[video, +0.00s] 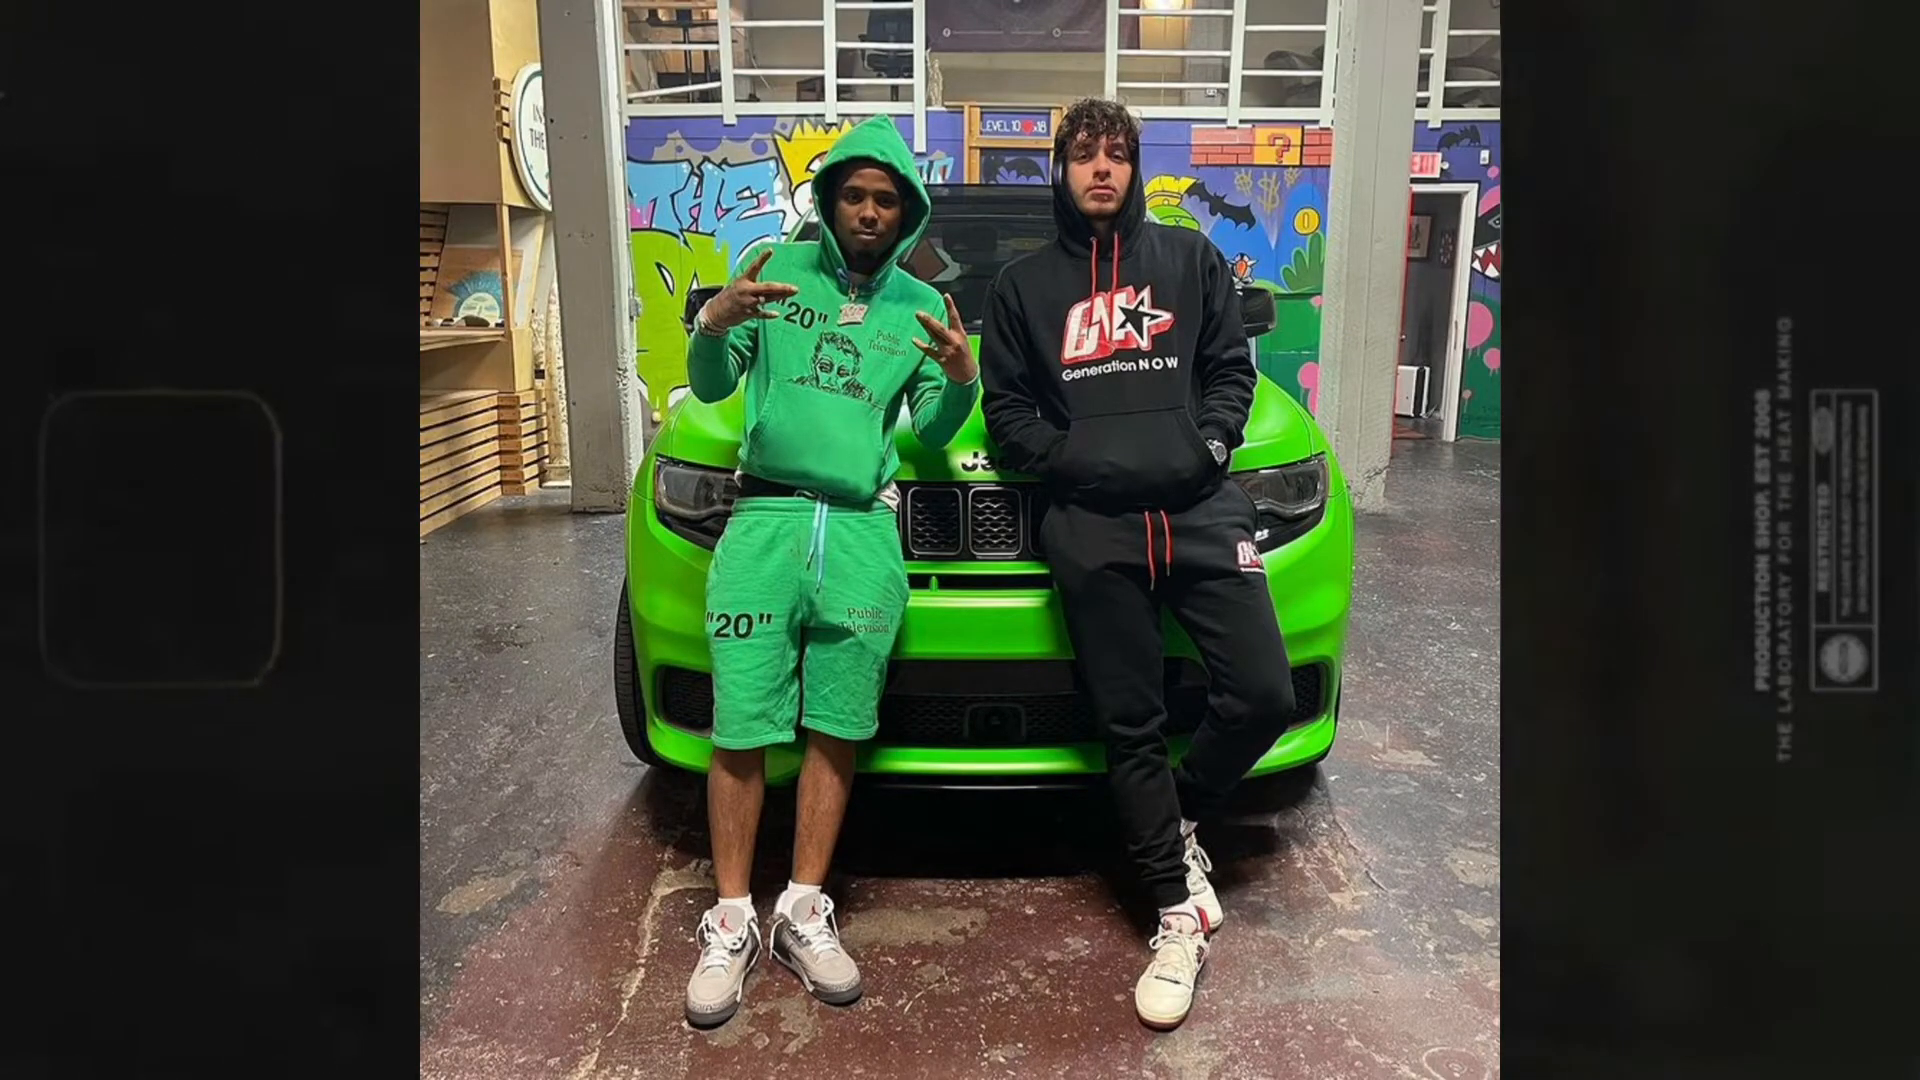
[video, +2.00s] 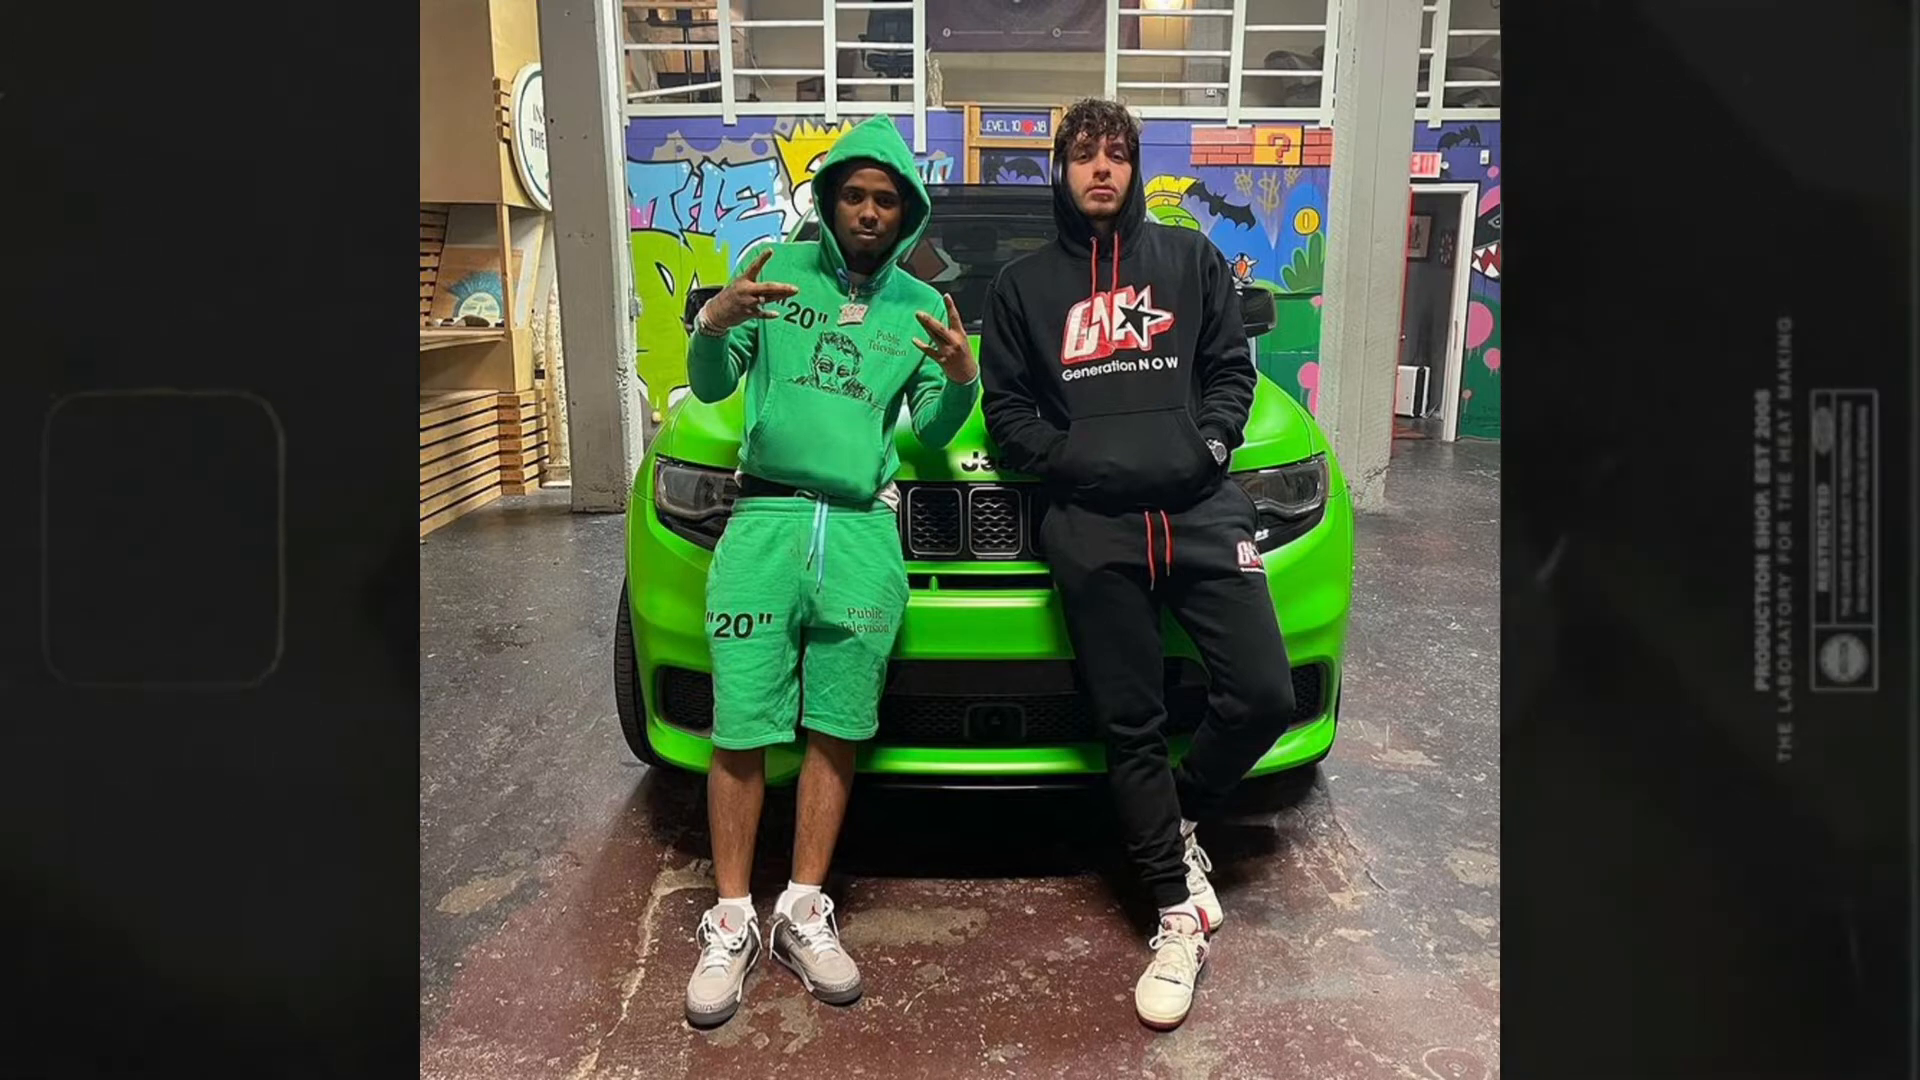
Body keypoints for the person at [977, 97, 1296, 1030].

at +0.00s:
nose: (1101, 171)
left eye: (1115, 159)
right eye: (1086, 159)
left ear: (1137, 170)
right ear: (1061, 172)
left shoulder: (1193, 257)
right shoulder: (1019, 281)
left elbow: (1232, 367)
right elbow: (1005, 405)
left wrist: (1208, 445)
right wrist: (1065, 456)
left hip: (1200, 502)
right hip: (1091, 513)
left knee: (1262, 692)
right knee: (1131, 719)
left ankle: (1180, 820)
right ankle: (1179, 917)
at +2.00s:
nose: (1102, 171)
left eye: (1116, 158)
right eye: (1088, 158)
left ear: (1137, 171)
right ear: (1062, 171)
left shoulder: (1191, 256)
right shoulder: (1018, 280)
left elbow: (1232, 364)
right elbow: (1004, 403)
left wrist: (1209, 444)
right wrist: (1065, 458)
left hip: (1200, 503)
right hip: (1091, 514)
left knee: (1262, 693)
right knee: (1131, 718)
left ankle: (1179, 819)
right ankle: (1179, 916)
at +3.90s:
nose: (1102, 171)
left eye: (1116, 158)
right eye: (1088, 158)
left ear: (1137, 171)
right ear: (1062, 171)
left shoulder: (1191, 256)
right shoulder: (1018, 280)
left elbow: (1232, 364)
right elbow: (1004, 403)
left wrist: (1209, 444)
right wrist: (1065, 457)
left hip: (1200, 503)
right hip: (1091, 514)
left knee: (1262, 693)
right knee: (1131, 718)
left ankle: (1179, 819)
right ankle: (1179, 917)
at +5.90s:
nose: (1102, 171)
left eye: (1115, 158)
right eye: (1087, 158)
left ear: (1137, 171)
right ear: (1061, 172)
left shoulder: (1191, 256)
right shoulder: (1017, 280)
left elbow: (1232, 363)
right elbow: (1003, 403)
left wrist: (1209, 444)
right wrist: (1065, 457)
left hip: (1200, 503)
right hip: (1091, 514)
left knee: (1262, 692)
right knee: (1131, 719)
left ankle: (1180, 818)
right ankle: (1179, 918)